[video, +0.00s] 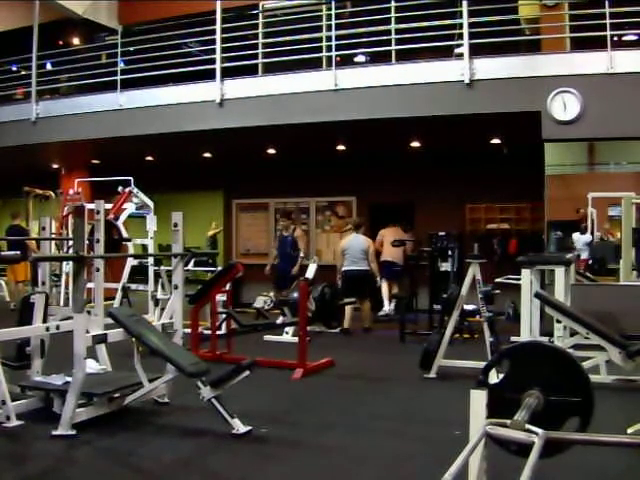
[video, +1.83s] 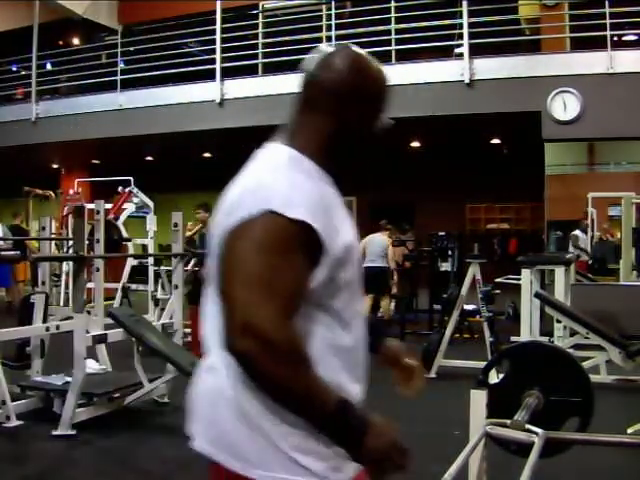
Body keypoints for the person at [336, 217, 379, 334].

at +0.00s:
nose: (364, 229)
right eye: (363, 228)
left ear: (352, 228)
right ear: (362, 228)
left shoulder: (344, 242)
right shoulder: (368, 241)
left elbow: (339, 261)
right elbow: (372, 261)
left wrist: (338, 274)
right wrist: (377, 275)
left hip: (348, 272)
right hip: (364, 272)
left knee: (349, 301)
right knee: (365, 300)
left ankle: (346, 326)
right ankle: (367, 324)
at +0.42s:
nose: (373, 228)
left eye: (372, 226)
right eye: (372, 226)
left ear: (360, 226)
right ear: (371, 227)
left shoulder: (353, 240)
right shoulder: (377, 240)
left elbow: (349, 256)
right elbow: (382, 258)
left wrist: (349, 268)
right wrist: (386, 269)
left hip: (356, 269)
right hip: (371, 269)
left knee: (356, 299)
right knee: (369, 298)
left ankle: (354, 322)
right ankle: (367, 324)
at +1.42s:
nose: (377, 232)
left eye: (377, 230)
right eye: (377, 230)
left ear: (366, 229)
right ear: (374, 229)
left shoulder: (357, 239)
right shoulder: (376, 240)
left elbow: (353, 255)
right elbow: (378, 256)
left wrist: (356, 264)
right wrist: (383, 271)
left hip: (358, 267)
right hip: (372, 267)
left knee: (362, 295)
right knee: (380, 292)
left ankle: (364, 321)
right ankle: (381, 315)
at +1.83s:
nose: (389, 234)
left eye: (389, 232)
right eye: (389, 232)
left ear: (379, 230)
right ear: (388, 231)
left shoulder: (367, 239)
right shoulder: (388, 241)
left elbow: (359, 253)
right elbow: (390, 258)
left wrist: (358, 265)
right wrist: (394, 271)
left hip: (368, 266)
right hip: (382, 267)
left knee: (370, 294)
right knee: (385, 295)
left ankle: (365, 315)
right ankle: (385, 316)